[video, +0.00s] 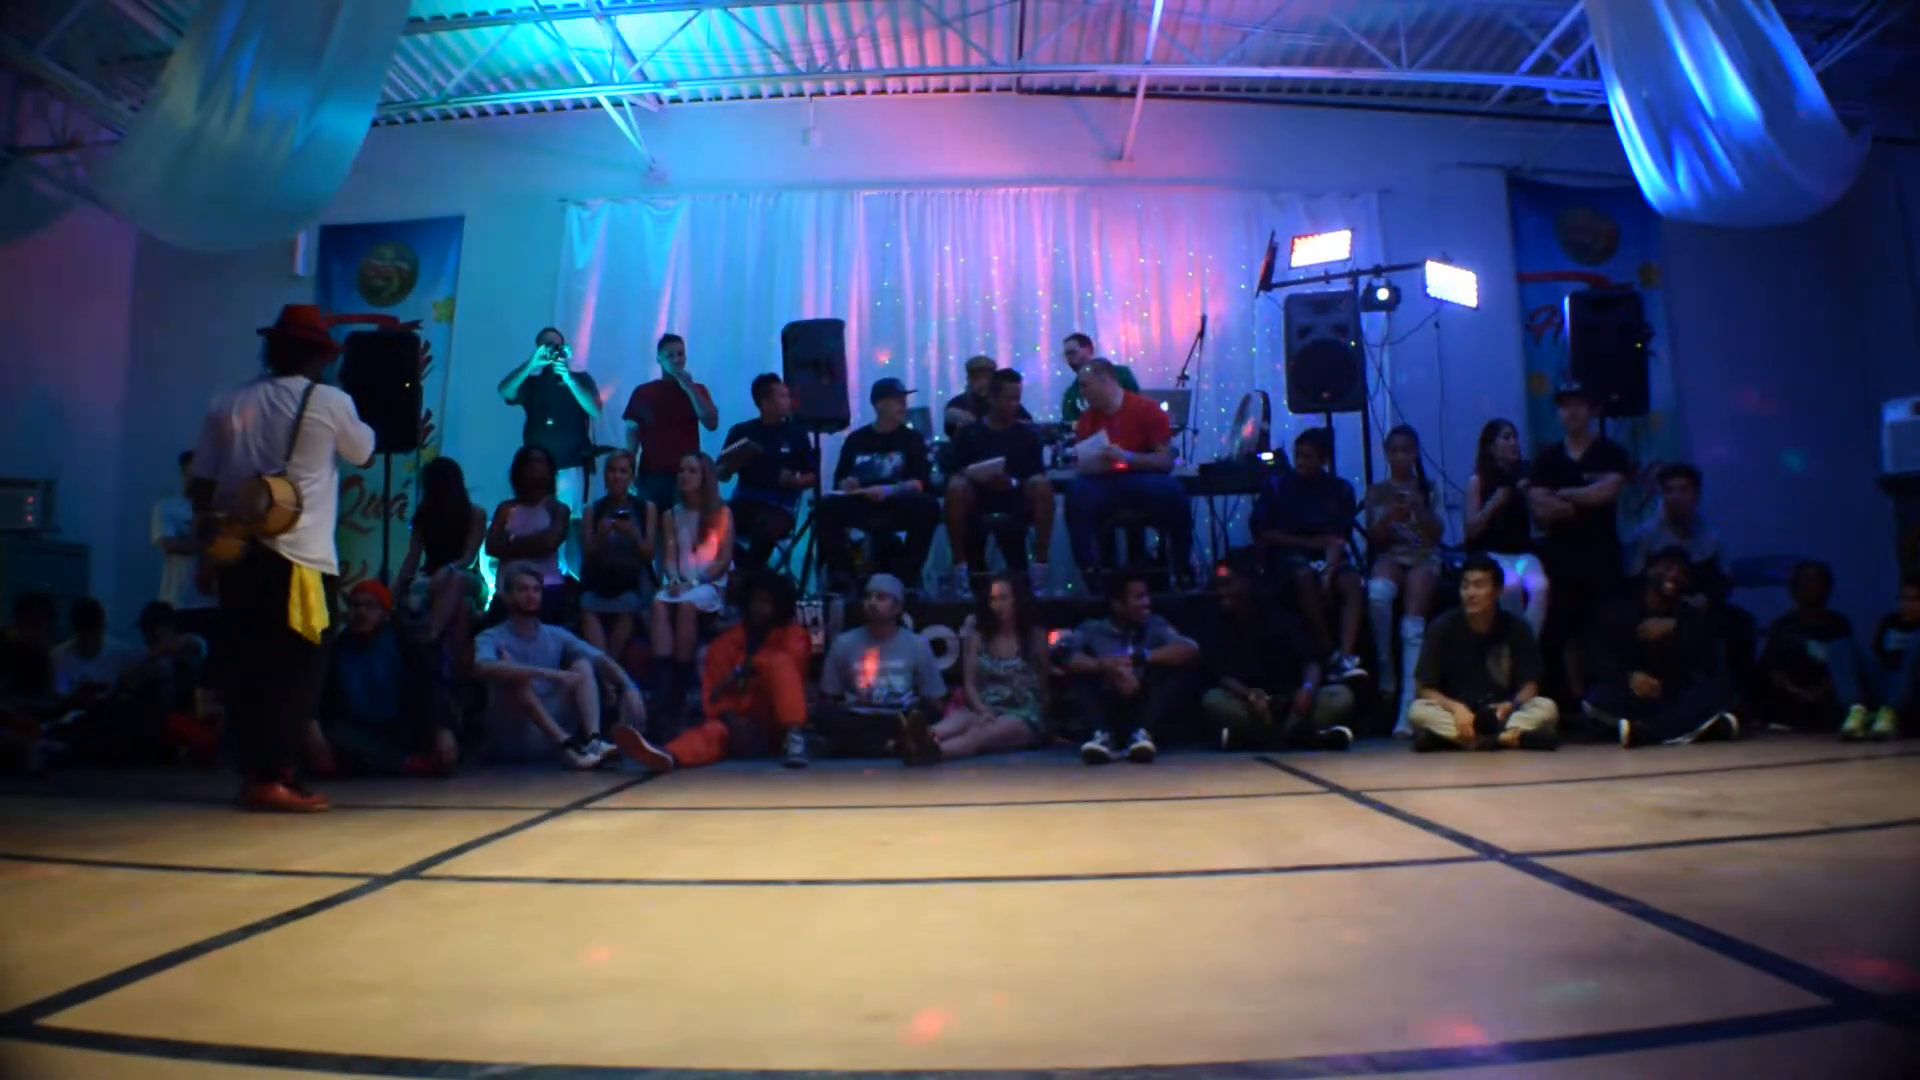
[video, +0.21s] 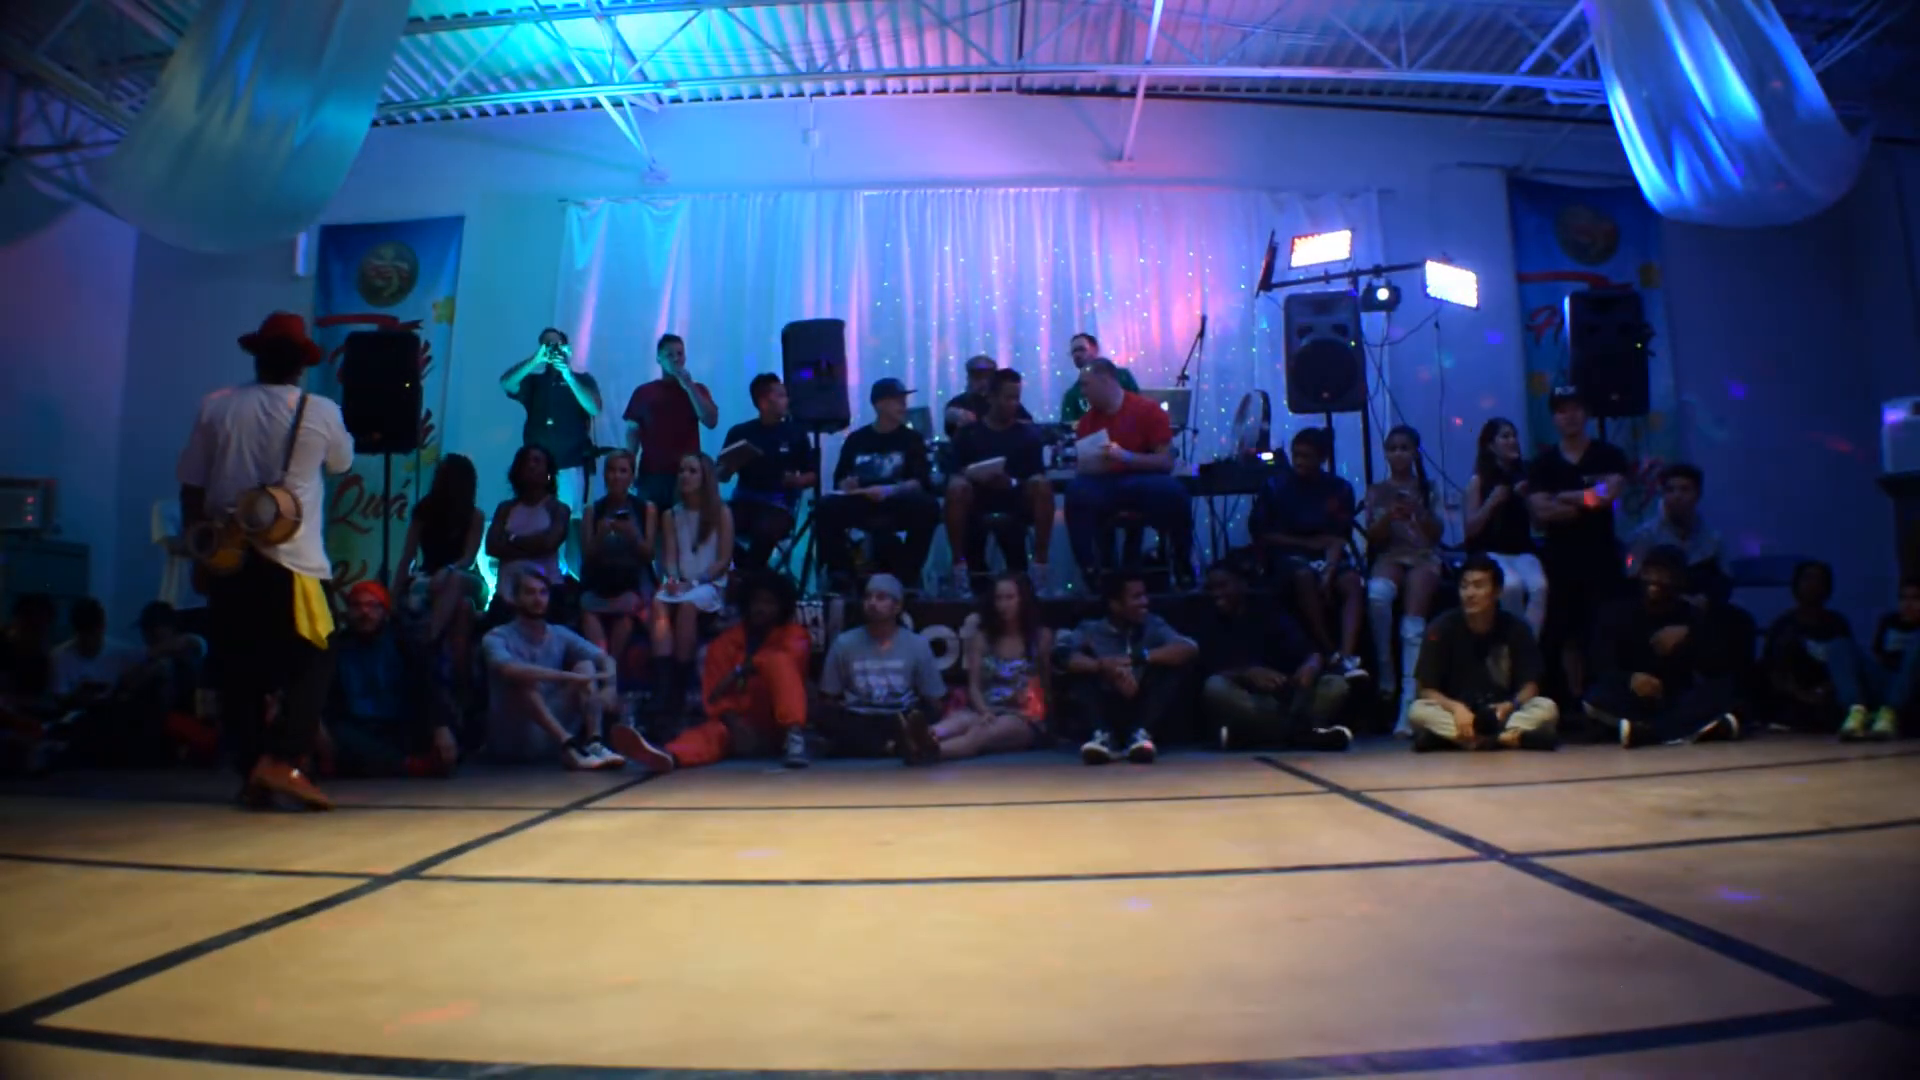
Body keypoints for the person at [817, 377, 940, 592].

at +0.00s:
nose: (903, 407)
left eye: (904, 401)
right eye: (897, 401)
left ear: (905, 403)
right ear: (879, 405)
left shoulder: (912, 439)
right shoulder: (856, 439)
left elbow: (921, 482)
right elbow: (839, 481)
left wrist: (888, 491)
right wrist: (847, 484)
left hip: (898, 500)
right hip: (861, 500)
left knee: (927, 508)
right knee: (827, 508)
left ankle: (906, 579)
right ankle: (841, 578)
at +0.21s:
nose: (903, 406)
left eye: (904, 400)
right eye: (896, 400)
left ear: (905, 403)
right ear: (879, 404)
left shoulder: (912, 439)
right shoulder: (856, 439)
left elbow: (921, 481)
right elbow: (839, 481)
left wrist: (887, 491)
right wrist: (848, 485)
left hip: (898, 501)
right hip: (861, 501)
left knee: (927, 508)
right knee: (827, 508)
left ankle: (907, 577)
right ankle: (840, 575)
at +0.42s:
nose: (902, 406)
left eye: (903, 400)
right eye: (896, 400)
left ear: (905, 403)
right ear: (879, 405)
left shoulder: (912, 439)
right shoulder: (856, 439)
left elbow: (921, 481)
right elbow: (840, 480)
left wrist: (888, 491)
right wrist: (848, 485)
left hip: (898, 500)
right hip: (861, 500)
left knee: (927, 508)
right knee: (827, 507)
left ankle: (908, 578)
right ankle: (840, 576)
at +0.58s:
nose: (902, 405)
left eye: (903, 400)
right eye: (896, 400)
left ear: (905, 402)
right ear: (878, 404)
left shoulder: (912, 439)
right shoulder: (856, 440)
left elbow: (921, 482)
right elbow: (840, 480)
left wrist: (887, 491)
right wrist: (848, 485)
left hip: (898, 502)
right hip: (861, 502)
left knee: (927, 508)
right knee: (826, 507)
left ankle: (908, 578)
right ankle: (840, 576)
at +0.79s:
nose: (902, 405)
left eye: (903, 400)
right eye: (896, 400)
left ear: (905, 402)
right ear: (878, 404)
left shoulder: (912, 439)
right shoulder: (856, 440)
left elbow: (921, 482)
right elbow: (840, 479)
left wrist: (887, 491)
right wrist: (848, 485)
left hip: (898, 501)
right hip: (861, 501)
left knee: (927, 508)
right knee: (826, 507)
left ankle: (908, 578)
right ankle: (839, 576)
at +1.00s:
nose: (902, 405)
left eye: (903, 400)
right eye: (896, 400)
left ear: (905, 402)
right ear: (878, 404)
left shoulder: (912, 439)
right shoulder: (855, 440)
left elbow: (921, 481)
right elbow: (840, 480)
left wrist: (888, 491)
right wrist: (848, 485)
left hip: (898, 502)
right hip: (861, 502)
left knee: (927, 508)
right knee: (826, 507)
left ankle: (908, 578)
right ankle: (839, 576)